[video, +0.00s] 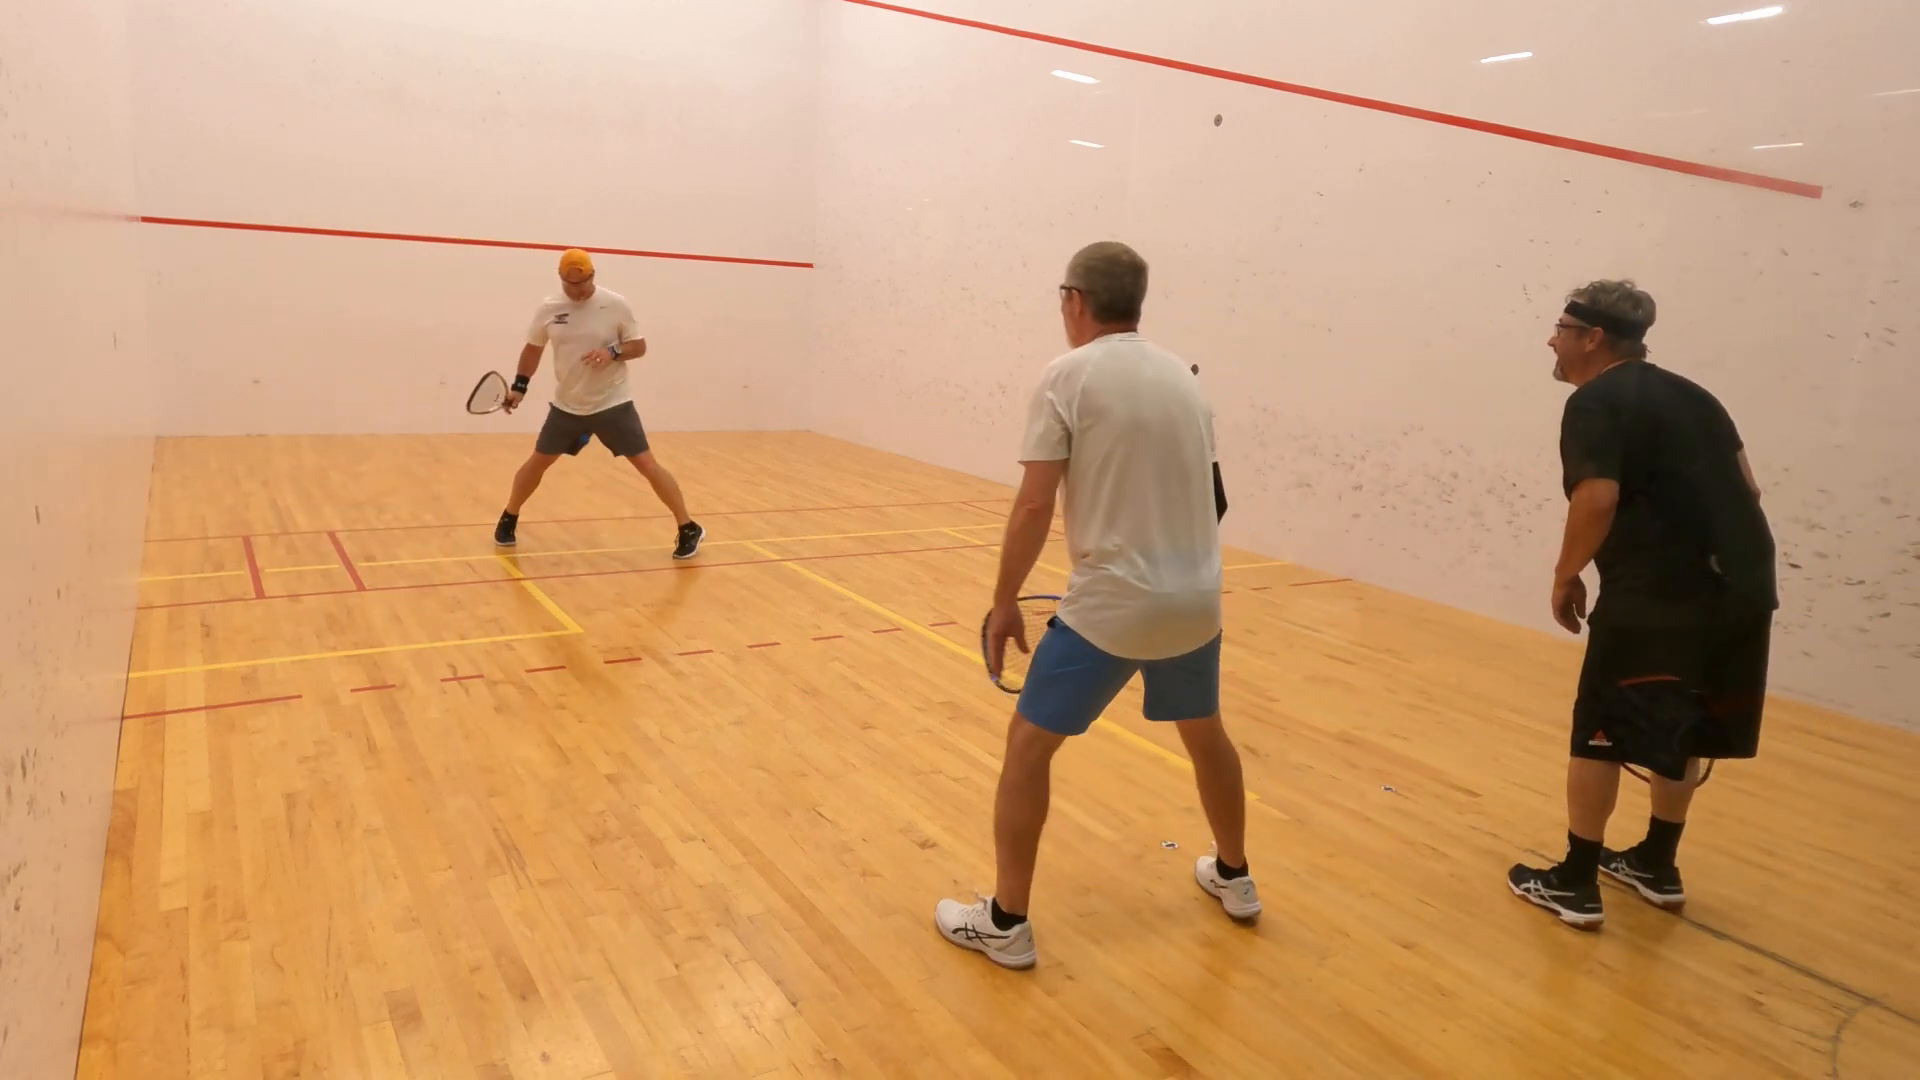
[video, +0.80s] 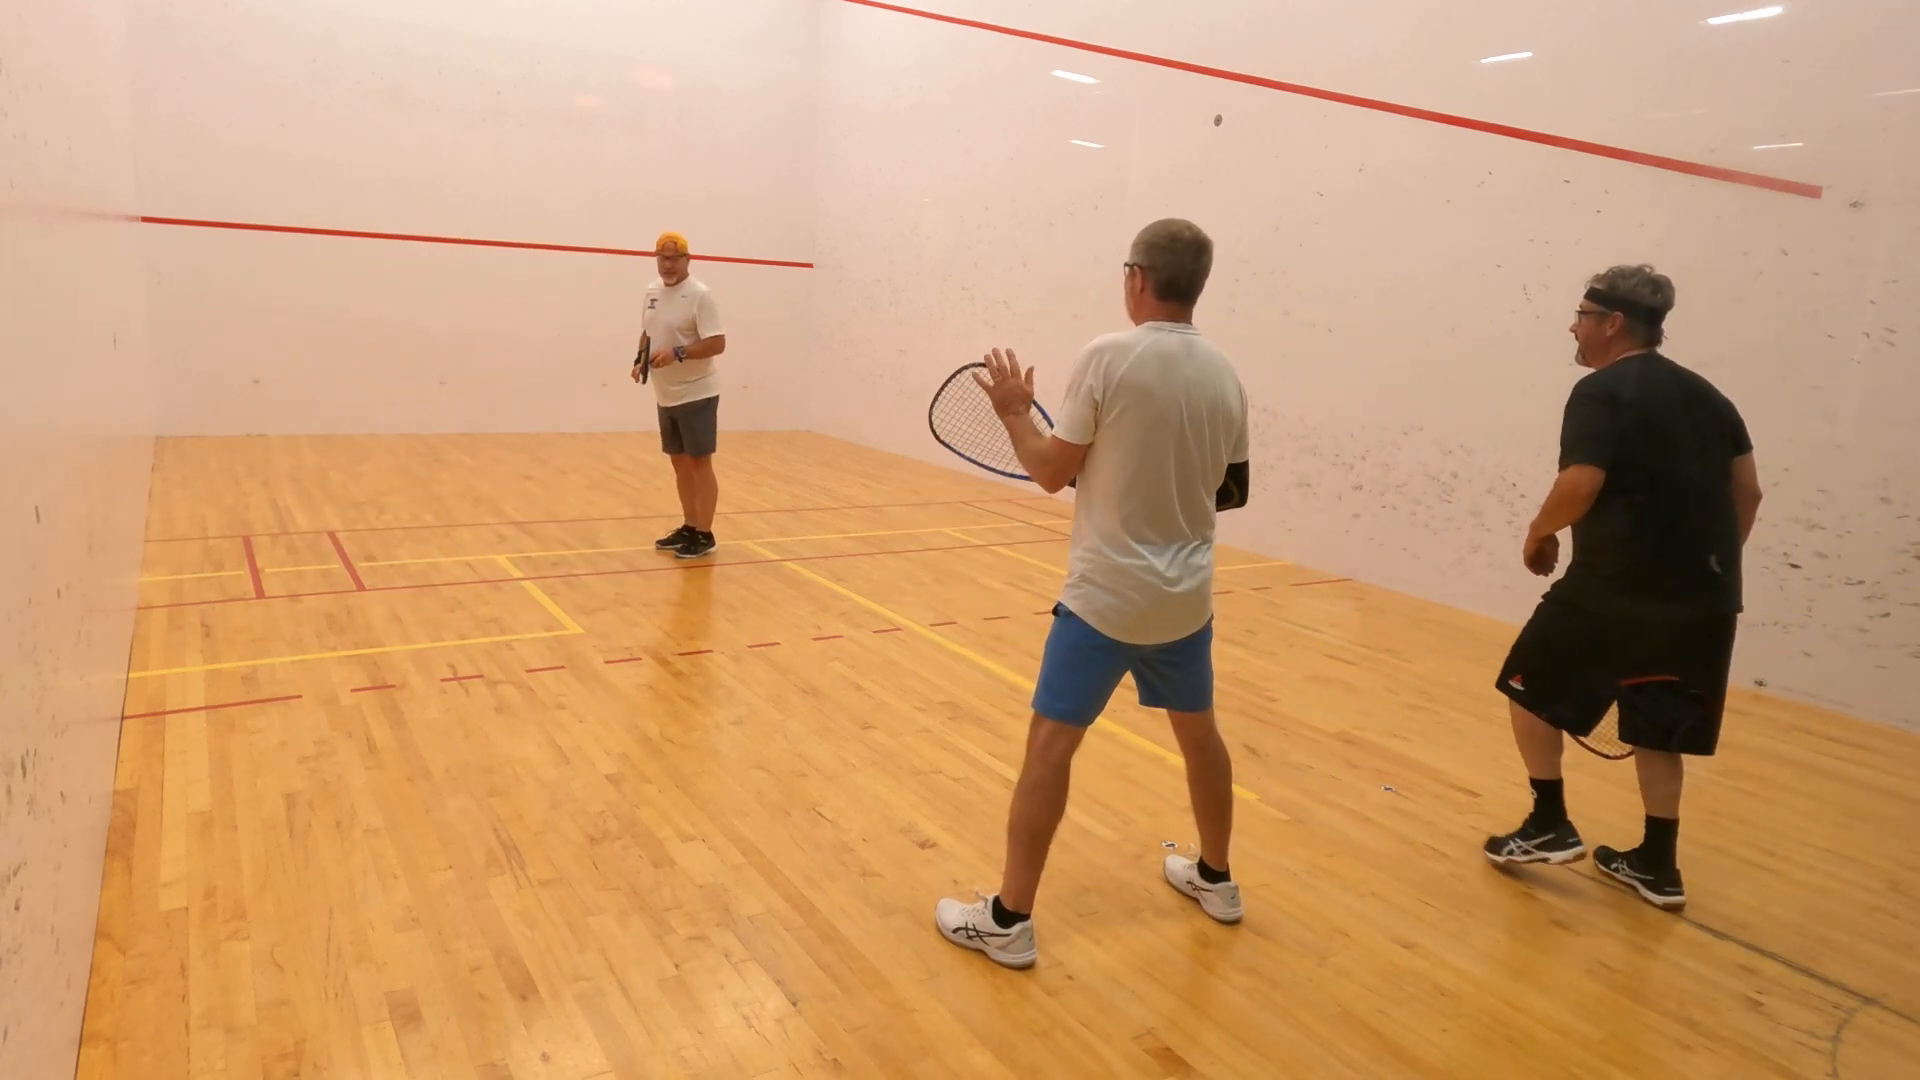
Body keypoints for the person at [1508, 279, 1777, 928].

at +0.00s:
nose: (1552, 340)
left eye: (1563, 330)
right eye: (1557, 328)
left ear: (1595, 339)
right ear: (1619, 342)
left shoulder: (1595, 401)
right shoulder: (1693, 397)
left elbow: (1596, 498)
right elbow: (1746, 492)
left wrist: (1566, 574)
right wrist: (1738, 579)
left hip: (1649, 599)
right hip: (1729, 601)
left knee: (1599, 726)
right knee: (1684, 724)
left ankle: (1577, 879)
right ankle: (1657, 862)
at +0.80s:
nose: (1573, 326)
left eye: (1584, 315)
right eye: (1578, 313)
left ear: (1618, 325)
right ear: (1644, 328)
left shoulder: (1600, 391)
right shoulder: (1709, 397)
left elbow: (1581, 481)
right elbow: (1747, 493)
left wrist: (1542, 531)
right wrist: (1712, 566)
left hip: (1610, 594)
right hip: (1698, 602)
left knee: (1531, 687)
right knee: (1657, 718)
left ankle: (1549, 823)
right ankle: (1658, 861)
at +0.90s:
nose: (1561, 327)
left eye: (1570, 316)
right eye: (1565, 315)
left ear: (1600, 325)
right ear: (1623, 329)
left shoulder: (1585, 393)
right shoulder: (1693, 399)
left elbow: (1570, 483)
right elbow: (1724, 495)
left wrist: (1524, 530)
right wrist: (1691, 560)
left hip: (1594, 592)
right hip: (1679, 602)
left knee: (1506, 674)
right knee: (1647, 722)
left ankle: (1488, 803)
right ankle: (1657, 861)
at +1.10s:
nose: (1509, 328)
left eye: (1518, 319)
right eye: (1514, 316)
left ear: (1546, 331)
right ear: (1570, 336)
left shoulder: (1534, 399)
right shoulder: (1630, 402)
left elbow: (1523, 489)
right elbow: (1654, 495)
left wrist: (1475, 530)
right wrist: (1610, 546)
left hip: (1539, 588)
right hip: (1618, 595)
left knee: (1459, 665)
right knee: (1618, 714)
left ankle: (1419, 773)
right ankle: (1653, 857)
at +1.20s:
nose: (1474, 323)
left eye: (1484, 315)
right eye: (1480, 312)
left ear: (1510, 328)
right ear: (1536, 331)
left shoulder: (1498, 398)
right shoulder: (1587, 397)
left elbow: (1488, 488)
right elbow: (1613, 486)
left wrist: (1440, 529)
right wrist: (1574, 543)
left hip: (1502, 576)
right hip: (1576, 584)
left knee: (1429, 656)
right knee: (1588, 701)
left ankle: (1410, 771)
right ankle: (1645, 838)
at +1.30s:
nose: (1441, 315)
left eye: (1450, 307)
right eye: (1446, 305)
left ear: (1475, 321)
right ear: (1499, 324)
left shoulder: (1464, 390)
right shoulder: (1551, 388)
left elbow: (1452, 478)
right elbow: (1573, 474)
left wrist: (1405, 515)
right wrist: (1547, 534)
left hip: (1462, 566)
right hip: (1534, 570)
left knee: (1410, 661)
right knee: (1523, 676)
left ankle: (1407, 773)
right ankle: (1604, 792)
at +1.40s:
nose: (1414, 311)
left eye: (1423, 303)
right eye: (1418, 300)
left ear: (1448, 314)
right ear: (1473, 317)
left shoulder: (1436, 382)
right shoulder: (1521, 383)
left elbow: (1417, 468)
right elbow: (1539, 470)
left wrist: (1370, 499)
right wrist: (1506, 523)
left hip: (1433, 556)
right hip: (1498, 559)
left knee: (1393, 657)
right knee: (1460, 652)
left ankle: (1406, 772)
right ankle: (1530, 753)